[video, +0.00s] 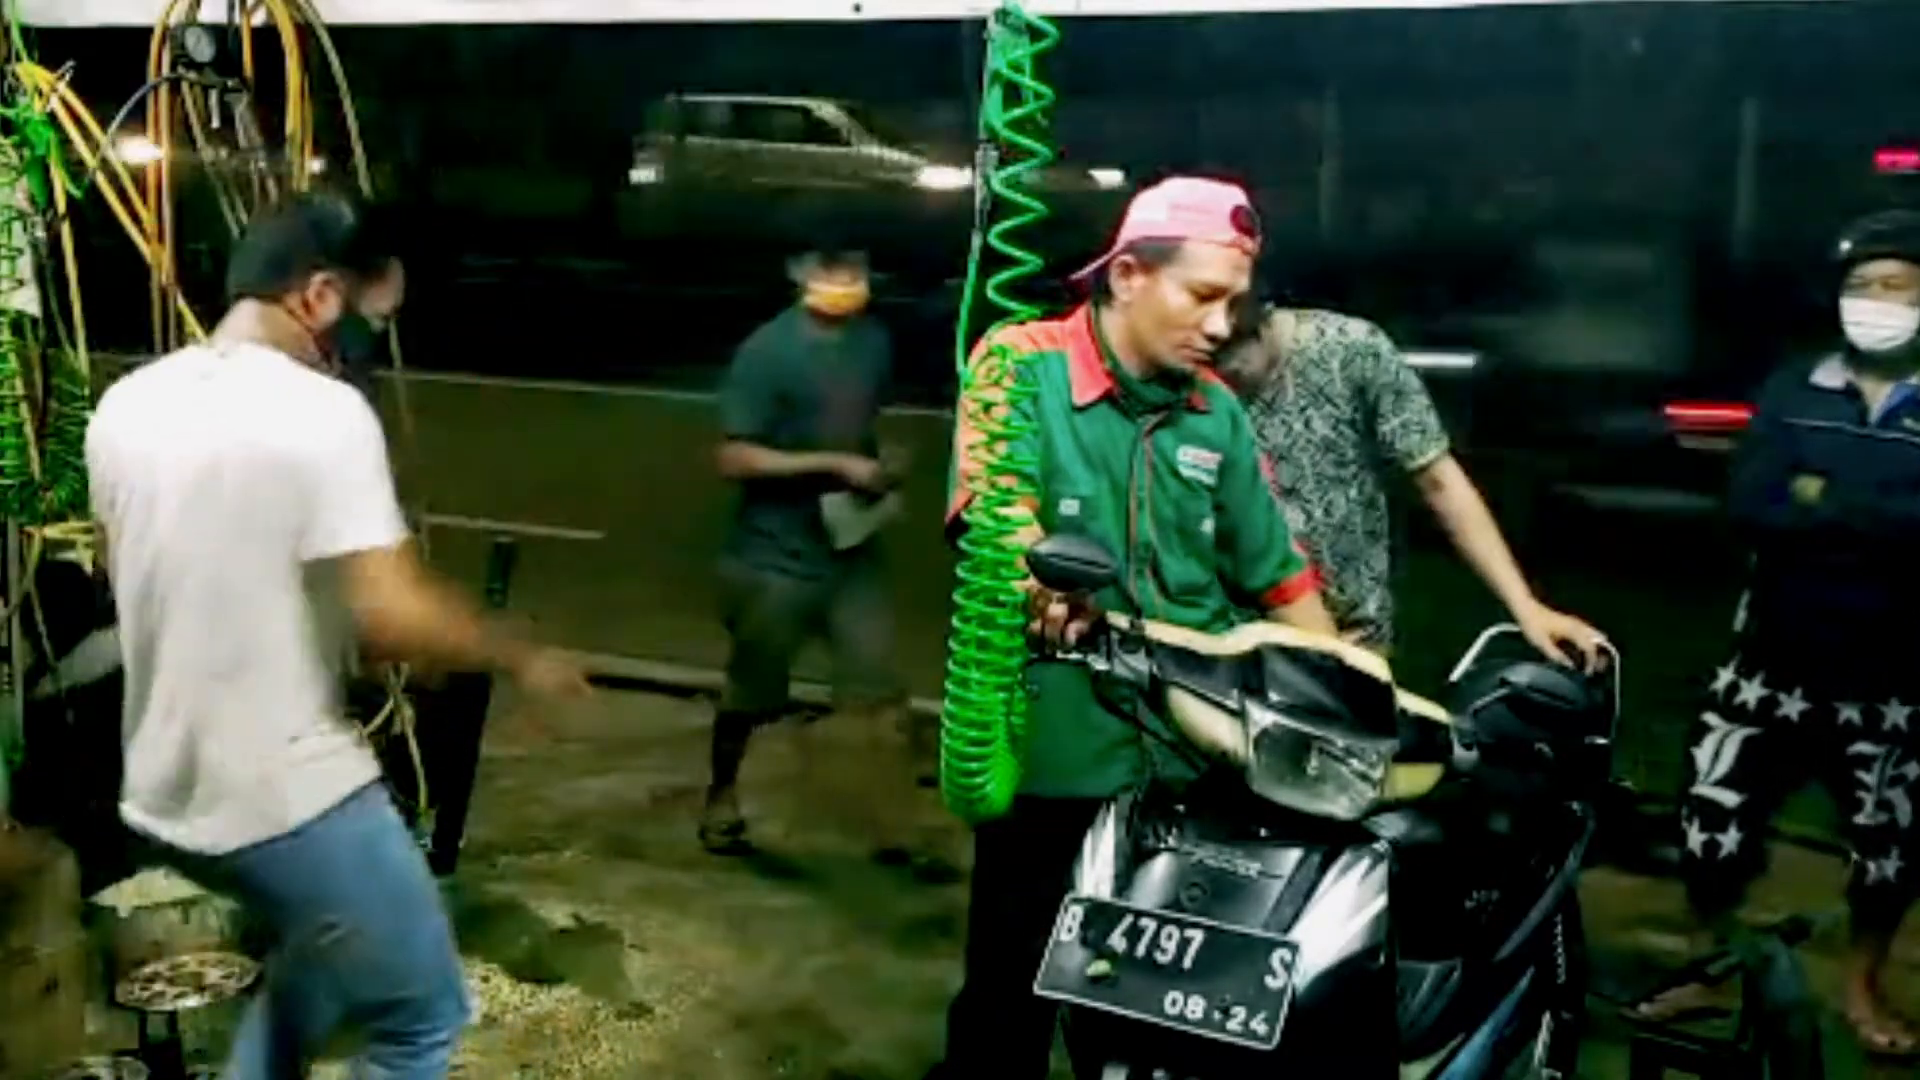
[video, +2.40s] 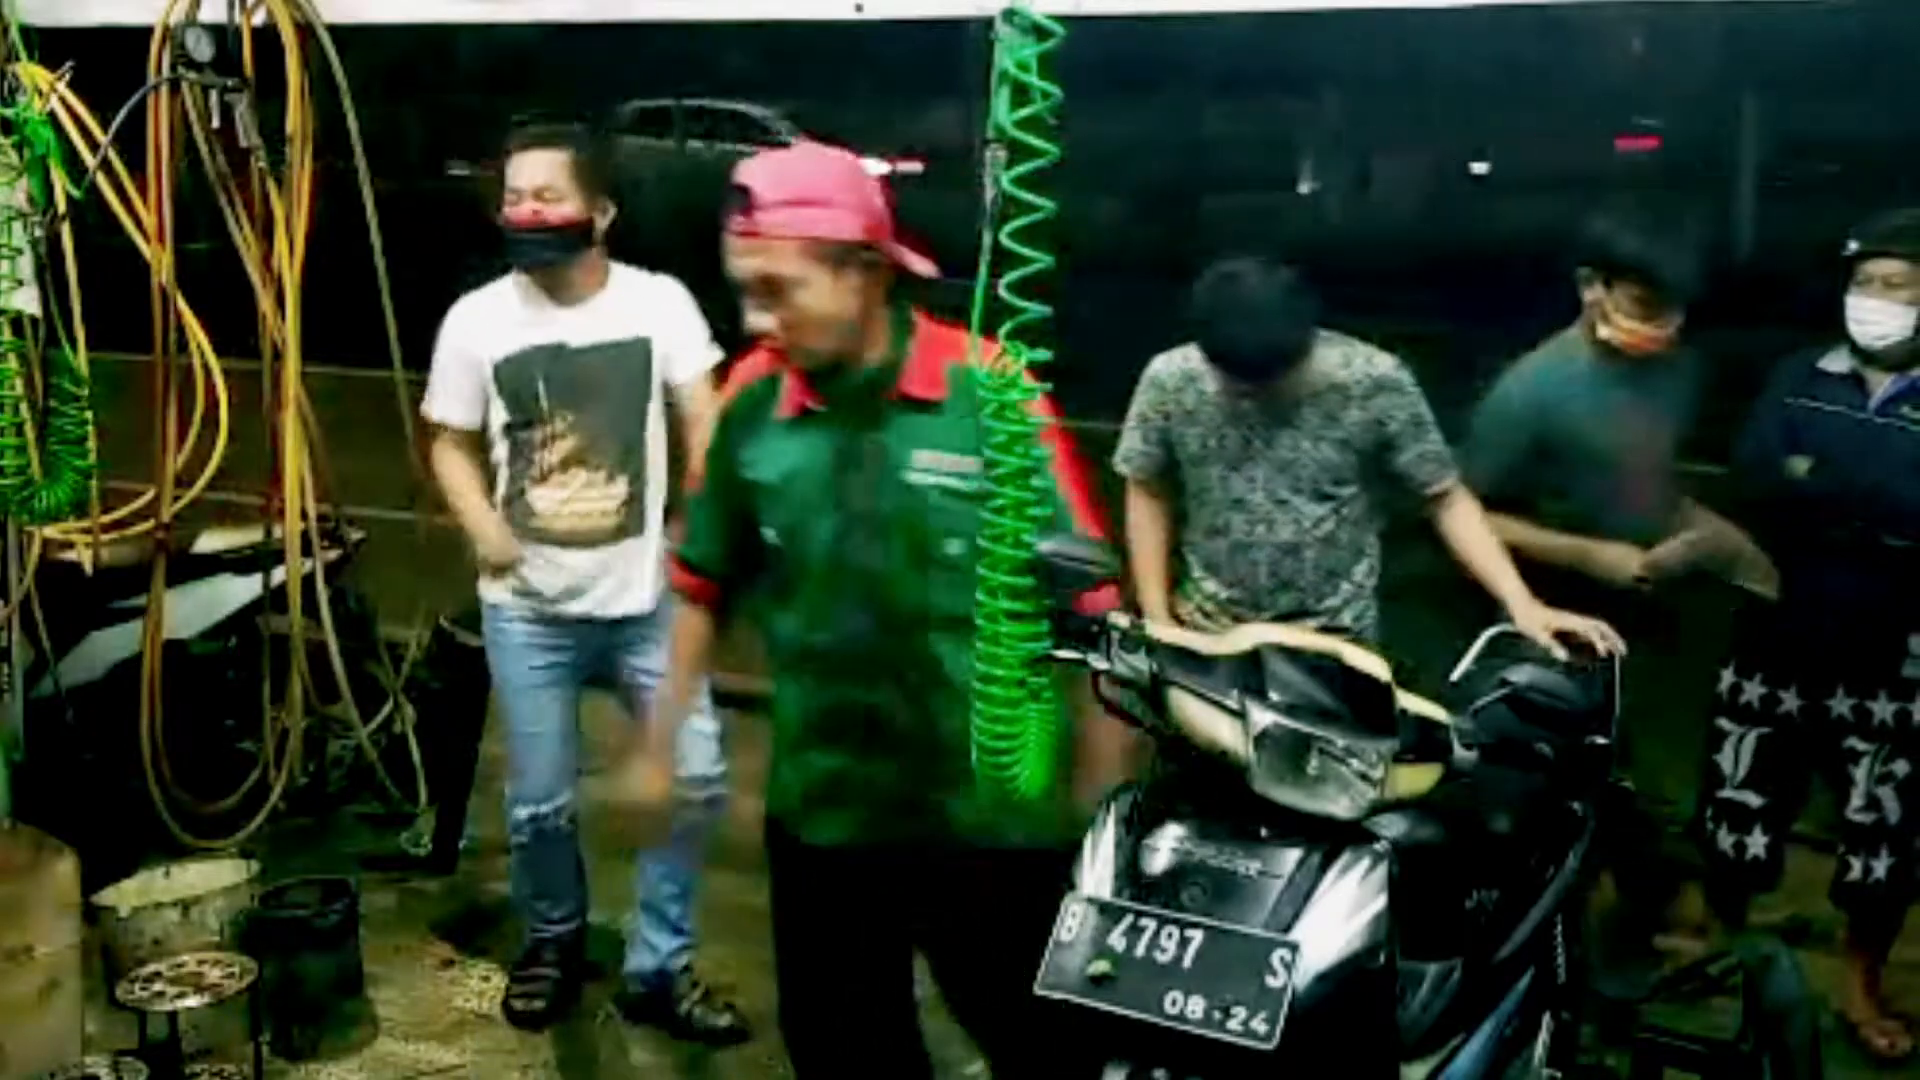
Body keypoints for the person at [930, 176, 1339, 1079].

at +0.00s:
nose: (1220, 325)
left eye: (1234, 304)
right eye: (1204, 296)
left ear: (1245, 303)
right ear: (1127, 276)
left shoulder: (1218, 416)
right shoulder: (1018, 367)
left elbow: (1286, 587)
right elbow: (994, 510)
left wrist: (1343, 702)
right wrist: (1045, 594)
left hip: (1189, 762)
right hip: (1048, 760)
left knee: (1162, 1017)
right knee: (1006, 1016)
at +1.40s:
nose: (1097, 308)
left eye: (1125, 285)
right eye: (1079, 282)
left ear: (1181, 291)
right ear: (1054, 281)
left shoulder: (1210, 412)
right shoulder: (1007, 376)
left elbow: (1285, 583)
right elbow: (967, 524)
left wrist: (1343, 699)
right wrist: (1031, 580)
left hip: (1181, 760)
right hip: (1035, 761)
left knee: (1153, 1020)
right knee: (985, 1018)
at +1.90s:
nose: (992, 334)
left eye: (1018, 310)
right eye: (974, 307)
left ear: (1089, 303)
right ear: (954, 300)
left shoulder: (1154, 410)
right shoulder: (922, 401)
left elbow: (1259, 596)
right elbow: (899, 586)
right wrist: (1019, 627)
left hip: (1138, 753)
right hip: (979, 753)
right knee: (905, 1007)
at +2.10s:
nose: (903, 345)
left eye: (926, 319)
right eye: (888, 318)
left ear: (1006, 306)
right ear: (873, 308)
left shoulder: (1100, 408)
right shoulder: (861, 418)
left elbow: (1211, 586)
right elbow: (853, 616)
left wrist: (1325, 652)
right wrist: (970, 713)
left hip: (1092, 792)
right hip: (922, 790)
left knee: (1135, 1033)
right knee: (863, 1039)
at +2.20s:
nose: (842, 336)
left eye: (864, 311)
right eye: (829, 312)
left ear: (950, 293)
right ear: (816, 303)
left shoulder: (1054, 404)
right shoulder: (818, 420)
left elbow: (1171, 591)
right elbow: (801, 624)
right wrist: (869, 776)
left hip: (1049, 812)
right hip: (876, 809)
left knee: (1112, 1051)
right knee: (847, 1056)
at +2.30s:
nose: (781, 328)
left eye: (800, 301)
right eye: (771, 302)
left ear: (888, 288)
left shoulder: (1016, 400)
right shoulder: (779, 418)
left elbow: (1112, 577)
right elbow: (734, 610)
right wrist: (742, 779)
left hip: (1011, 817)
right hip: (840, 819)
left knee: (1071, 1054)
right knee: (843, 1058)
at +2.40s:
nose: (757, 321)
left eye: (776, 293)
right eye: (746, 296)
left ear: (864, 275)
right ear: (741, 284)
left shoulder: (990, 396)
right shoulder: (750, 411)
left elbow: (1090, 602)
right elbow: (699, 588)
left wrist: (1101, 799)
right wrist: (658, 740)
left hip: (990, 819)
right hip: (826, 820)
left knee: (1039, 1046)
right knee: (844, 1054)